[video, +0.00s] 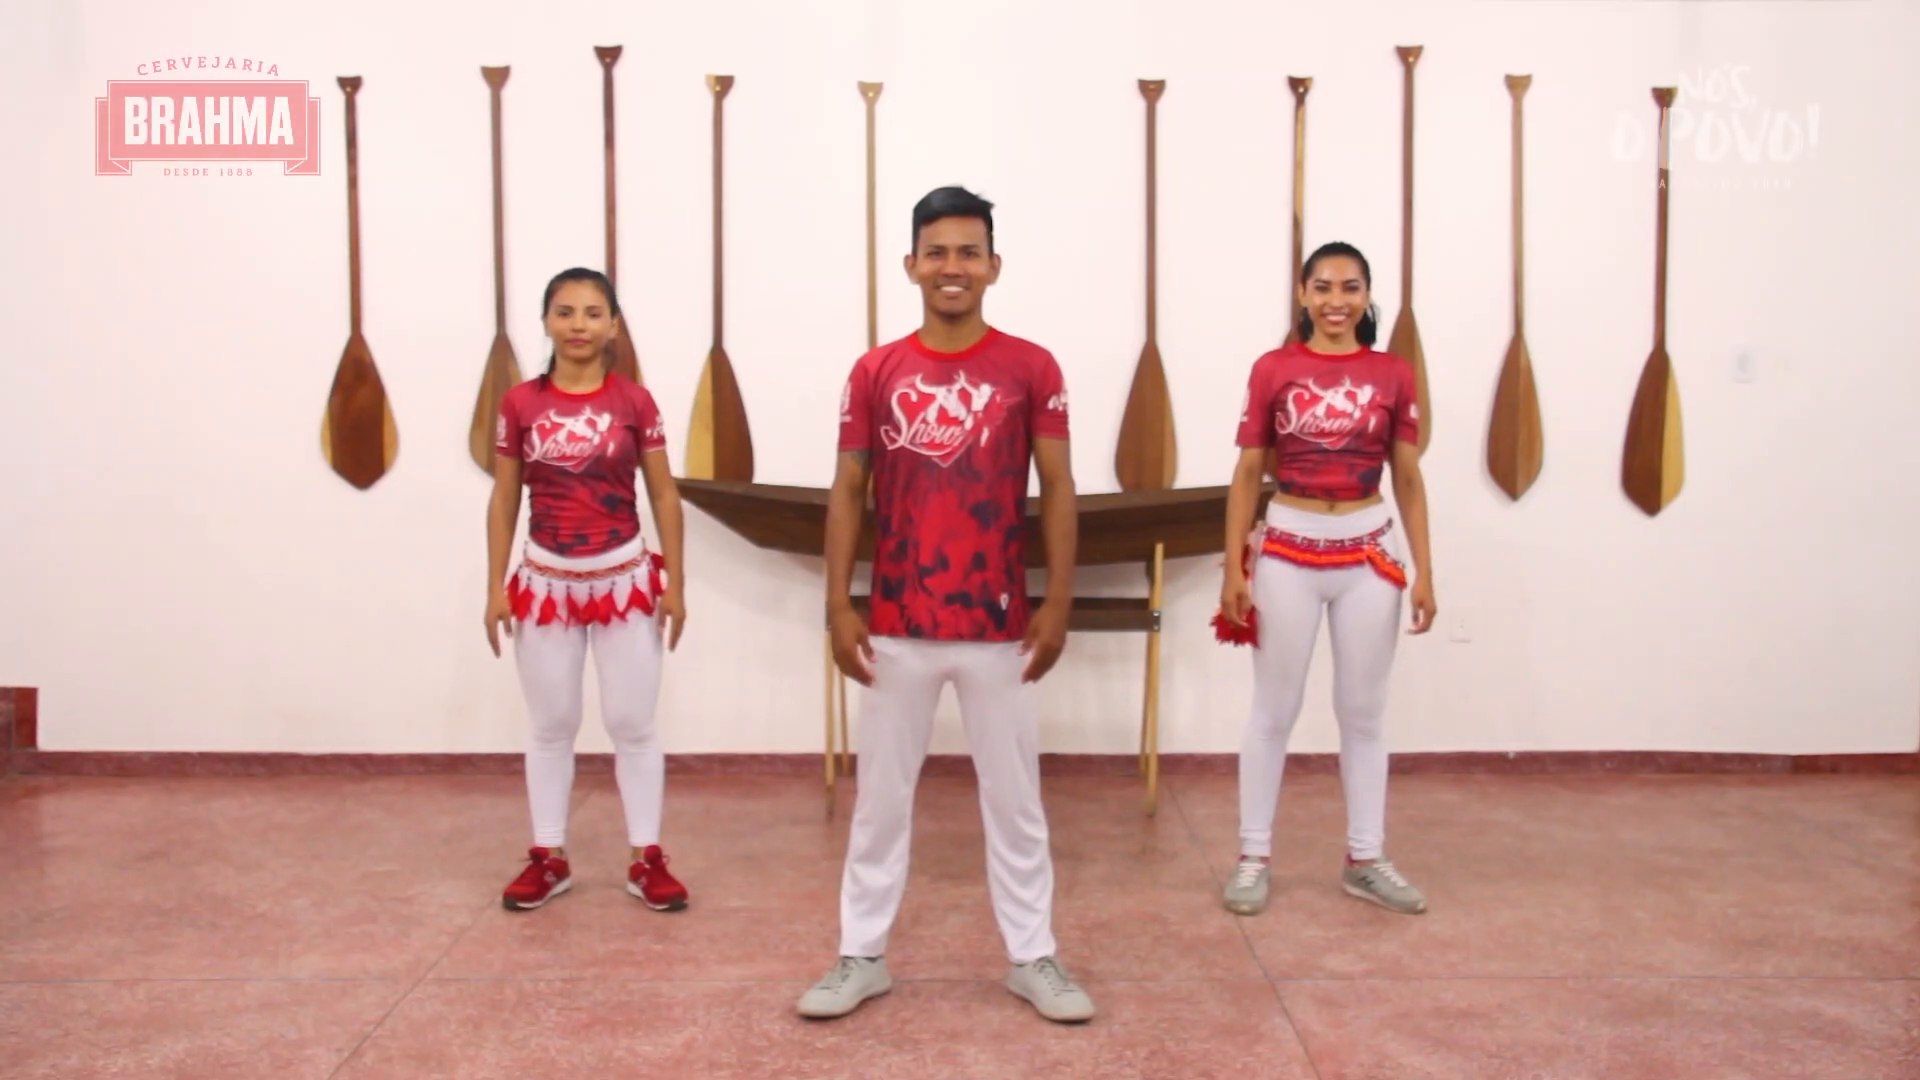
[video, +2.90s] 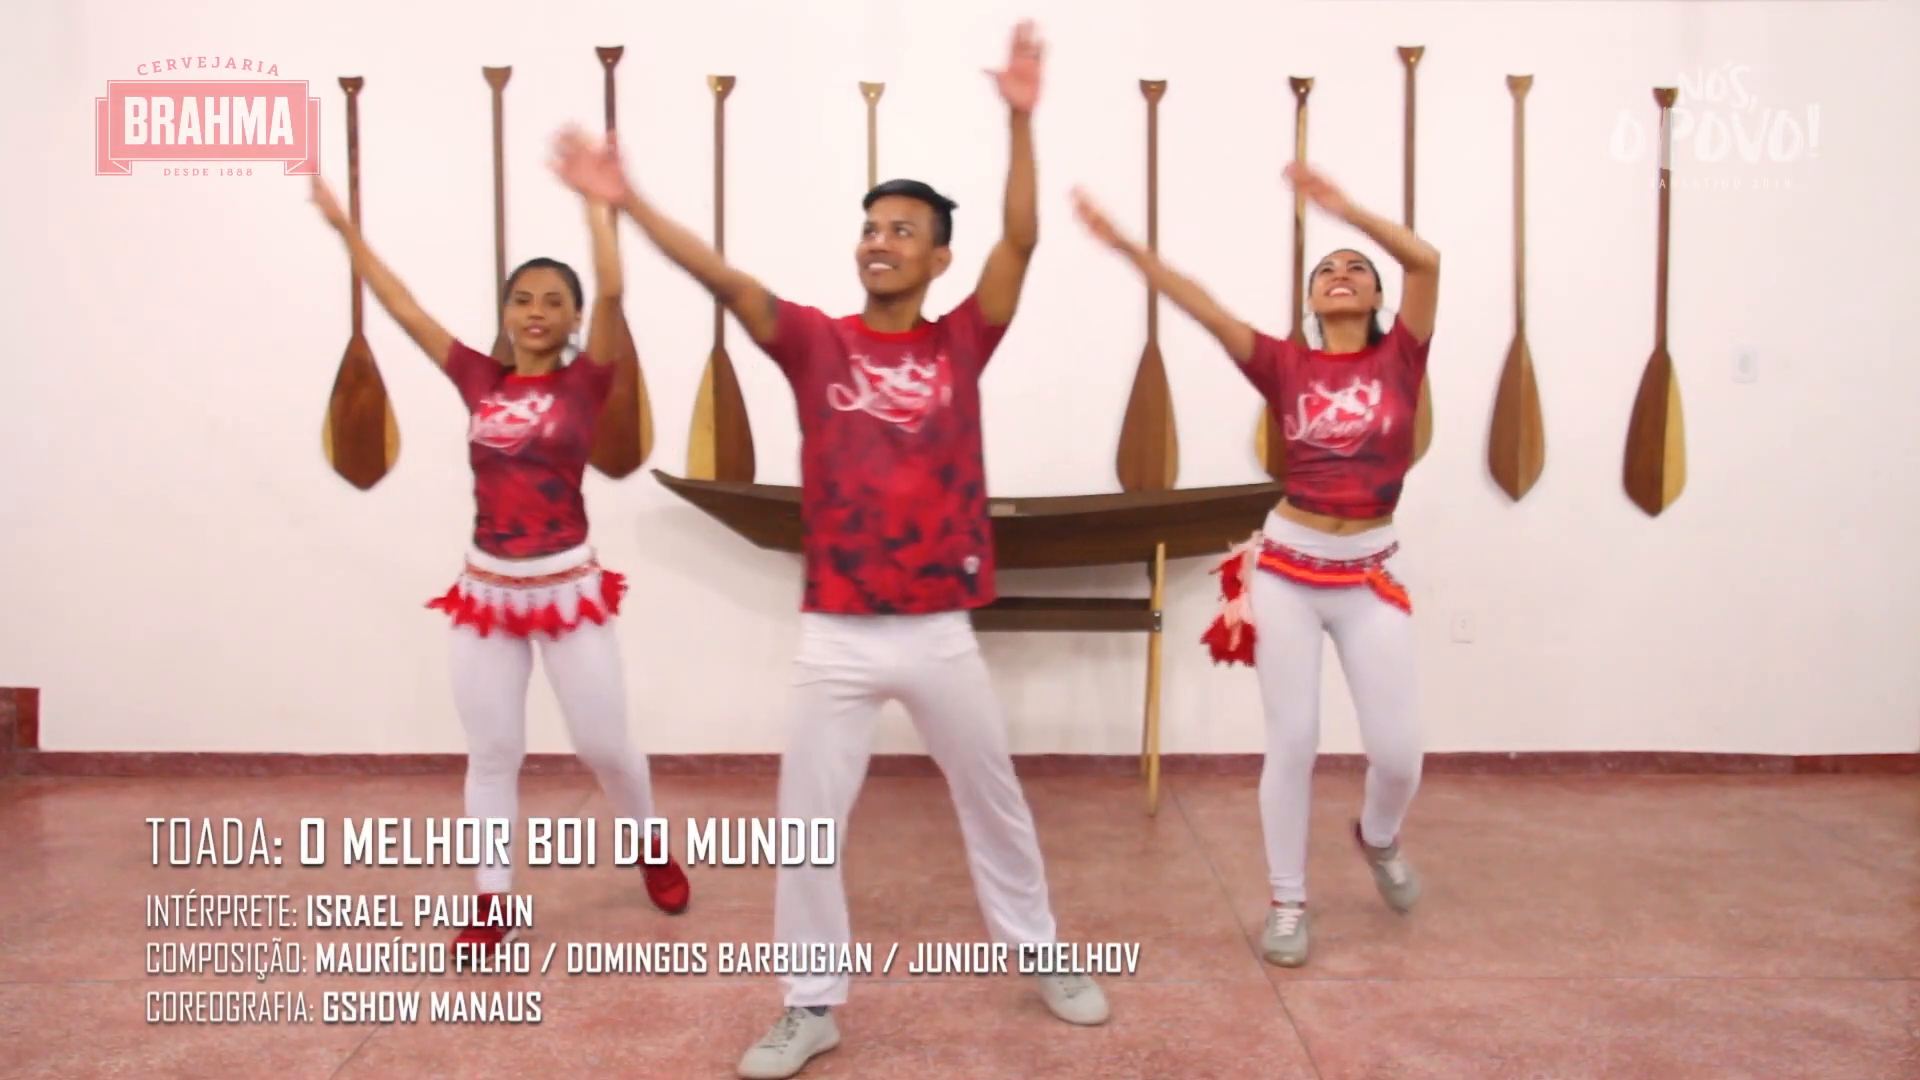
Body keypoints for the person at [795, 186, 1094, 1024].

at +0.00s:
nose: (953, 267)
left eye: (969, 252)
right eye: (937, 253)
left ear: (992, 264)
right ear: (913, 265)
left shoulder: (1031, 368)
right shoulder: (875, 372)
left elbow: (1058, 488)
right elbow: (847, 492)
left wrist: (1059, 601)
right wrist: (838, 604)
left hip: (998, 624)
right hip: (898, 623)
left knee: (1015, 799)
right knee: (881, 795)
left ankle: (1033, 955)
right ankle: (862, 953)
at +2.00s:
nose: (969, 249)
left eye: (987, 237)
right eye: (956, 239)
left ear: (1020, 261)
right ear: (939, 264)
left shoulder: (1054, 371)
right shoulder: (912, 371)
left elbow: (1064, 486)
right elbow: (911, 499)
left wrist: (1074, 600)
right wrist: (939, 618)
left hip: (1028, 626)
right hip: (937, 625)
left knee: (1028, 800)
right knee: (898, 797)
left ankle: (1034, 954)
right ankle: (868, 951)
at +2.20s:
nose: (967, 250)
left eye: (986, 238)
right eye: (955, 240)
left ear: (1022, 262)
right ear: (941, 266)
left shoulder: (1054, 372)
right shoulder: (920, 367)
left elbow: (1087, 486)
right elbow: (930, 482)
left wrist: (1113, 587)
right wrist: (1020, 561)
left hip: (1043, 622)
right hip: (958, 624)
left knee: (1043, 799)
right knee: (927, 797)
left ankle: (1037, 954)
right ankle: (880, 951)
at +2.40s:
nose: (958, 245)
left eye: (977, 234)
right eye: (946, 236)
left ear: (1015, 258)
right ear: (934, 263)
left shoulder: (1055, 351)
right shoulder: (920, 355)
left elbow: (1140, 363)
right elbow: (889, 360)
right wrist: (952, 312)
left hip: (1035, 622)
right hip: (944, 622)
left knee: (1037, 803)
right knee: (890, 788)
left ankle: (1035, 955)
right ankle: (850, 959)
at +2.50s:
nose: (954, 248)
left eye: (973, 235)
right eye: (942, 238)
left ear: (1009, 258)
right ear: (929, 265)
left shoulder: (1043, 344)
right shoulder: (914, 352)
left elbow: (1147, 297)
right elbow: (872, 301)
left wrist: (1239, 233)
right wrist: (906, 206)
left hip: (1029, 623)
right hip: (935, 624)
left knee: (1033, 803)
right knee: (878, 798)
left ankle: (1035, 958)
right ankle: (819, 975)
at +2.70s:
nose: (922, 254)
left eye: (943, 242)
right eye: (912, 243)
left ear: (981, 265)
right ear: (899, 261)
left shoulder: (1006, 348)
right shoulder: (869, 349)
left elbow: (1077, 249)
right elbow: (803, 270)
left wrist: (1120, 138)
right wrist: (757, 163)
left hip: (994, 627)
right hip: (896, 630)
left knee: (1014, 805)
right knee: (850, 817)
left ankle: (1033, 956)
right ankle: (816, 998)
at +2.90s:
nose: (879, 241)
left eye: (901, 230)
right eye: (871, 228)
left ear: (942, 256)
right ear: (856, 249)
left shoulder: (960, 342)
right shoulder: (814, 342)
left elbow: (1017, 240)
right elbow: (718, 273)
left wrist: (1022, 118)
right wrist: (626, 197)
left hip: (939, 628)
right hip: (836, 630)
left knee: (996, 800)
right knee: (806, 824)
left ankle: (1043, 955)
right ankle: (811, 1002)